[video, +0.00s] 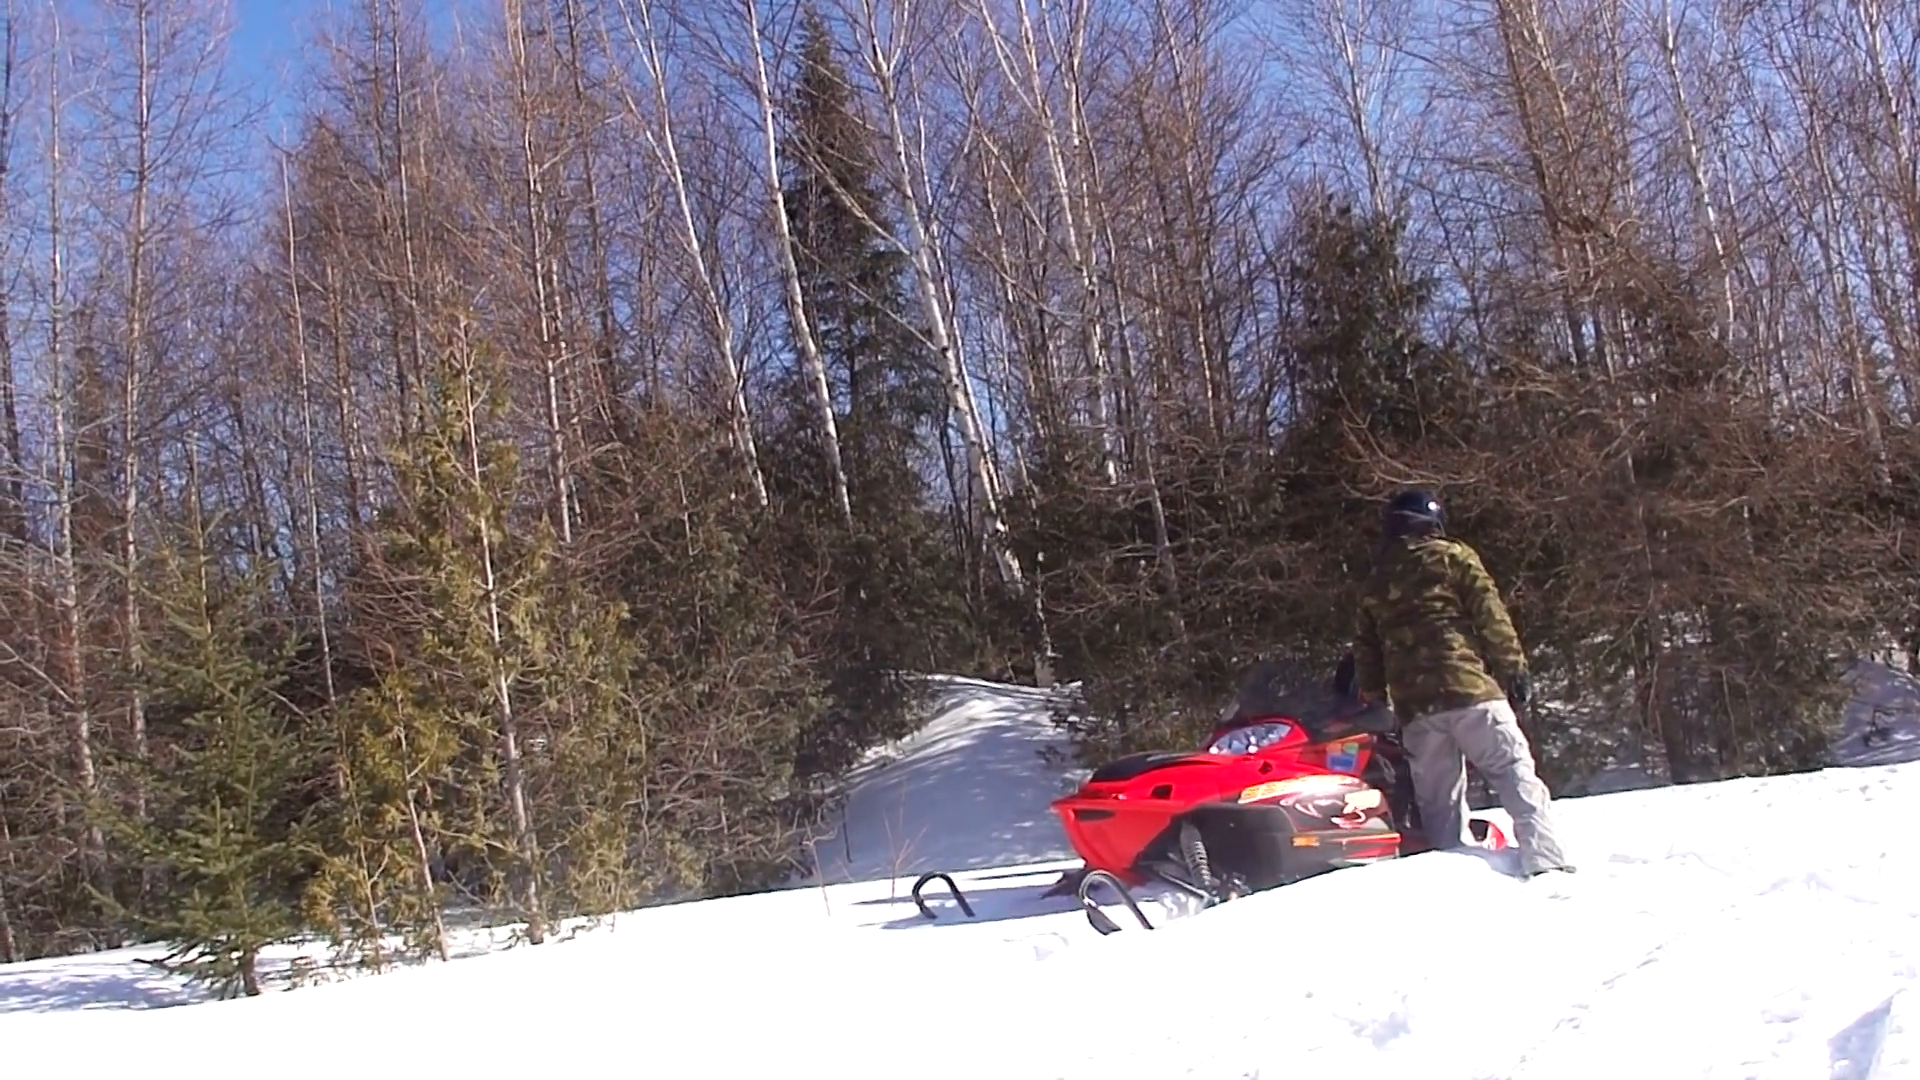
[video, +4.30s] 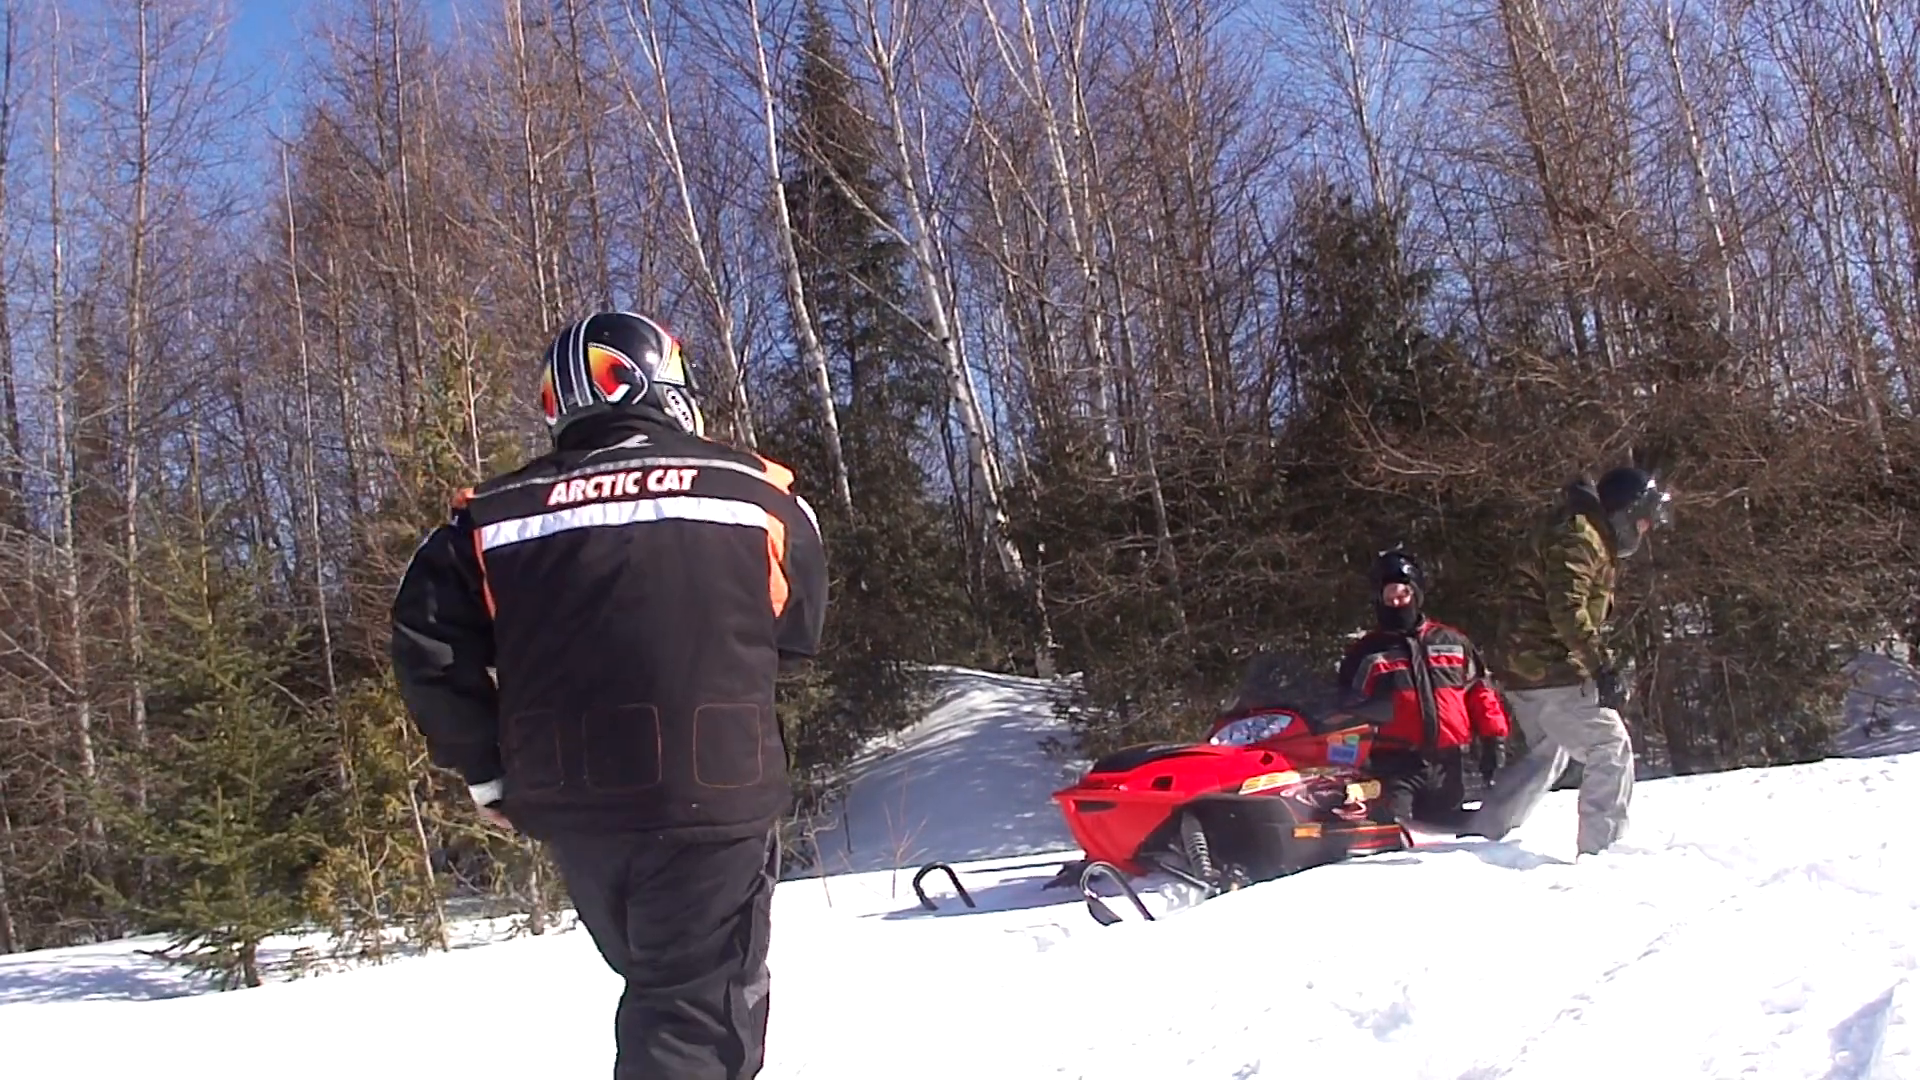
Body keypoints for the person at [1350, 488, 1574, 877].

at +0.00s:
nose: (1443, 526)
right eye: (1439, 519)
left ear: (1391, 525)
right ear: (1433, 521)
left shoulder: (1376, 577)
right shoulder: (1453, 554)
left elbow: (1367, 644)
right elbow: (1488, 612)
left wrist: (1373, 691)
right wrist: (1513, 667)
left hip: (1413, 701)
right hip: (1468, 689)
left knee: (1438, 800)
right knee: (1512, 768)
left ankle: (1450, 879)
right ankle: (1543, 858)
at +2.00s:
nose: (1440, 513)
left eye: (1437, 506)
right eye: (1436, 506)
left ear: (1390, 513)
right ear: (1427, 508)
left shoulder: (1372, 566)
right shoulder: (1446, 542)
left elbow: (1366, 639)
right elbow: (1483, 603)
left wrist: (1380, 686)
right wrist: (1516, 654)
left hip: (1415, 699)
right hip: (1470, 684)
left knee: (1442, 800)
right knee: (1518, 760)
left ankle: (1450, 879)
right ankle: (1547, 853)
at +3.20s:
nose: (1477, 556)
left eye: (1481, 552)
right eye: (1478, 548)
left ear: (1438, 523)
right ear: (1468, 531)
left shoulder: (1388, 560)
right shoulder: (1450, 545)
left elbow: (1377, 630)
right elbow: (1472, 610)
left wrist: (1393, 684)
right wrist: (1505, 658)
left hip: (1408, 696)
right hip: (1454, 682)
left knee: (1440, 799)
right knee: (1512, 759)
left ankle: (1449, 873)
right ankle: (1547, 854)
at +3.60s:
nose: (1514, 563)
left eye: (1521, 557)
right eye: (1519, 552)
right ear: (1507, 532)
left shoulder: (1429, 548)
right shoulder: (1470, 540)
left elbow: (1416, 618)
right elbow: (1474, 602)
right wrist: (1503, 656)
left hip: (1422, 687)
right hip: (1462, 677)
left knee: (1453, 787)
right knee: (1533, 748)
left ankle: (1459, 867)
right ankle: (1562, 848)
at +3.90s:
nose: (1569, 554)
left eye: (1574, 547)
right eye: (1571, 543)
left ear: (1545, 525)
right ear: (1554, 528)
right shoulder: (1513, 543)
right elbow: (1507, 612)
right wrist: (1528, 677)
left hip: (1461, 681)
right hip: (1494, 678)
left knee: (1474, 776)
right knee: (1561, 750)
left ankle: (1467, 858)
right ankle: (1593, 847)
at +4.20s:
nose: (1635, 543)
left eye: (1640, 535)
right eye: (1635, 532)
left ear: (1608, 520)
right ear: (1615, 522)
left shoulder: (1547, 538)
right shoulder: (1572, 546)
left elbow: (1511, 609)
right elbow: (1560, 616)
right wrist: (1590, 678)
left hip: (1508, 675)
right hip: (1539, 674)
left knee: (1513, 770)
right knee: (1608, 745)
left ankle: (1482, 854)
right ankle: (1599, 854)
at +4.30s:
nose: (1647, 529)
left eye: (1651, 520)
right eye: (1645, 517)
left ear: (1615, 509)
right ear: (1623, 510)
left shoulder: (1582, 534)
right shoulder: (1580, 537)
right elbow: (1567, 609)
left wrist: (1601, 661)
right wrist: (1602, 669)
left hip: (1519, 665)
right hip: (1544, 665)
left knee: (1546, 751)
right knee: (1608, 744)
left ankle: (1483, 836)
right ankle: (1599, 853)